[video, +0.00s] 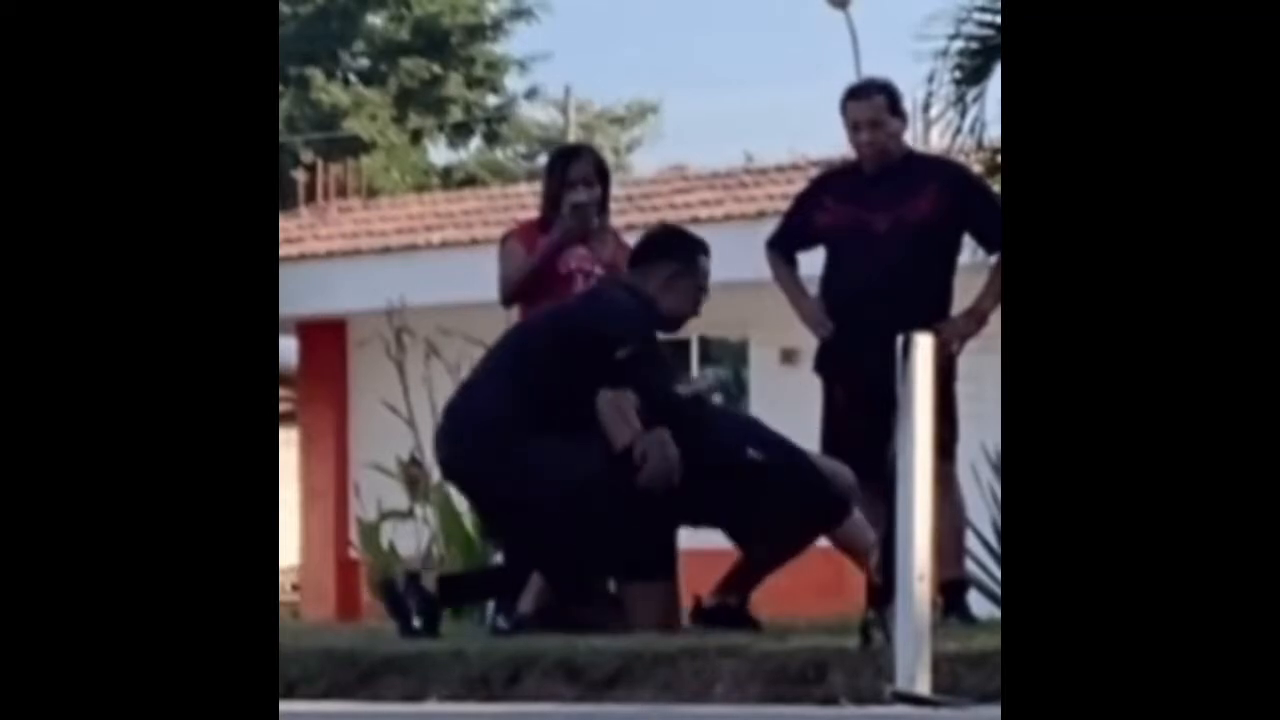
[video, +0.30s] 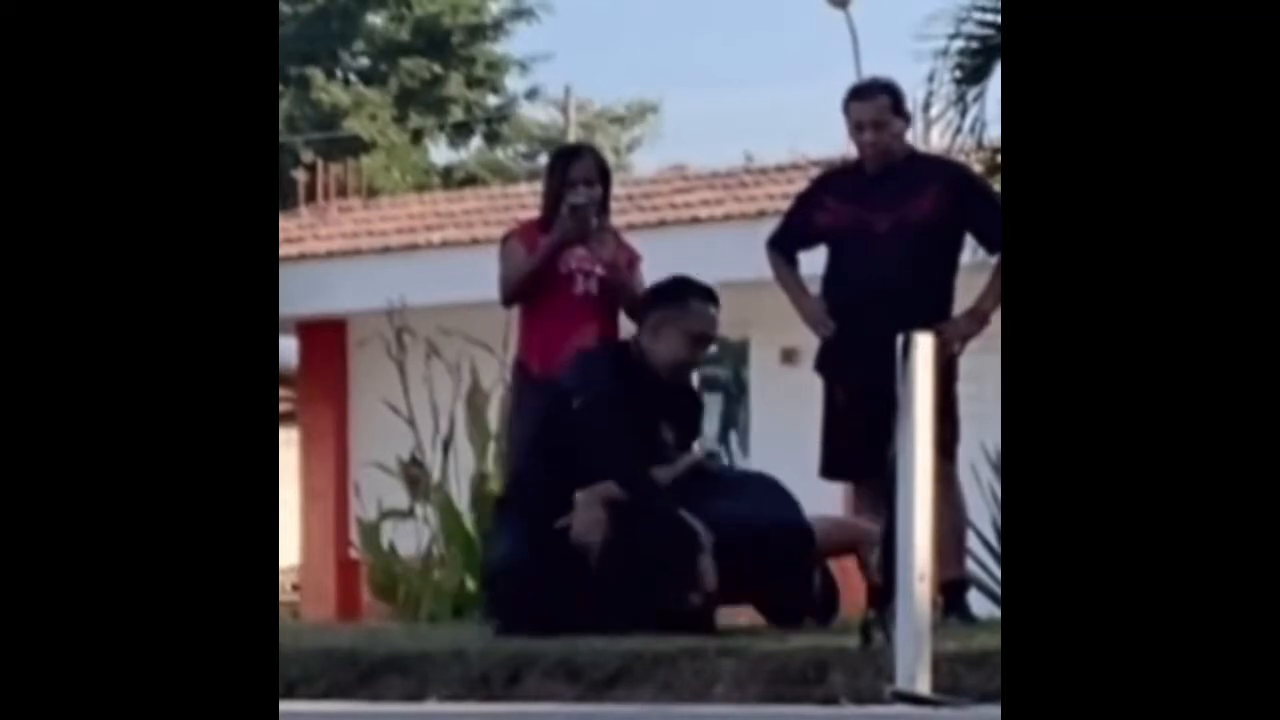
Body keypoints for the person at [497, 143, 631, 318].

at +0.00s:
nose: (581, 195)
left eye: (588, 185)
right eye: (570, 186)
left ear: (603, 189)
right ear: (555, 189)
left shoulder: (610, 241)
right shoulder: (522, 240)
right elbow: (509, 295)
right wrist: (560, 236)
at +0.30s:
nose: (581, 195)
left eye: (590, 184)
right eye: (571, 185)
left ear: (605, 189)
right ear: (555, 188)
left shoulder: (614, 247)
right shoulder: (525, 240)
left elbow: (641, 313)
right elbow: (510, 294)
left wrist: (613, 271)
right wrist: (559, 238)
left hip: (596, 381)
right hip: (539, 380)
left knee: (593, 485)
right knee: (530, 487)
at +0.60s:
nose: (581, 194)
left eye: (589, 185)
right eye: (571, 186)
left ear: (604, 189)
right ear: (555, 189)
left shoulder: (615, 247)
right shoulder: (525, 240)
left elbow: (642, 316)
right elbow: (509, 294)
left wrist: (613, 267)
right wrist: (558, 240)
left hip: (597, 383)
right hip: (539, 381)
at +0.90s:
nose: (584, 195)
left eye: (592, 185)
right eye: (574, 185)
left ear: (607, 189)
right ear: (554, 189)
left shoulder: (617, 250)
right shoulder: (527, 239)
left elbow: (643, 315)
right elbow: (510, 290)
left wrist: (617, 273)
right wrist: (560, 238)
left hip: (595, 384)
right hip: (538, 381)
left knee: (590, 492)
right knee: (529, 493)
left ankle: (583, 596)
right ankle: (503, 594)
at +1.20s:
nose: (587, 194)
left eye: (596, 184)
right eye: (577, 184)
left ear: (611, 190)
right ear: (557, 188)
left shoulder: (621, 251)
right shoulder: (530, 237)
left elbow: (644, 316)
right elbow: (513, 289)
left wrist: (615, 266)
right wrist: (566, 238)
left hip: (598, 387)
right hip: (540, 381)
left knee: (600, 498)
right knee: (527, 498)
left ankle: (593, 605)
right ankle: (504, 607)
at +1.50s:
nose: (587, 195)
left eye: (596, 185)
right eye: (576, 185)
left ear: (610, 190)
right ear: (556, 189)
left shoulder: (620, 250)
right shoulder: (529, 238)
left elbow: (644, 315)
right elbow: (512, 288)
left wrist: (614, 266)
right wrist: (564, 239)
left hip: (598, 386)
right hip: (540, 381)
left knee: (600, 498)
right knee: (527, 498)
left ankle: (591, 605)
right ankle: (503, 608)